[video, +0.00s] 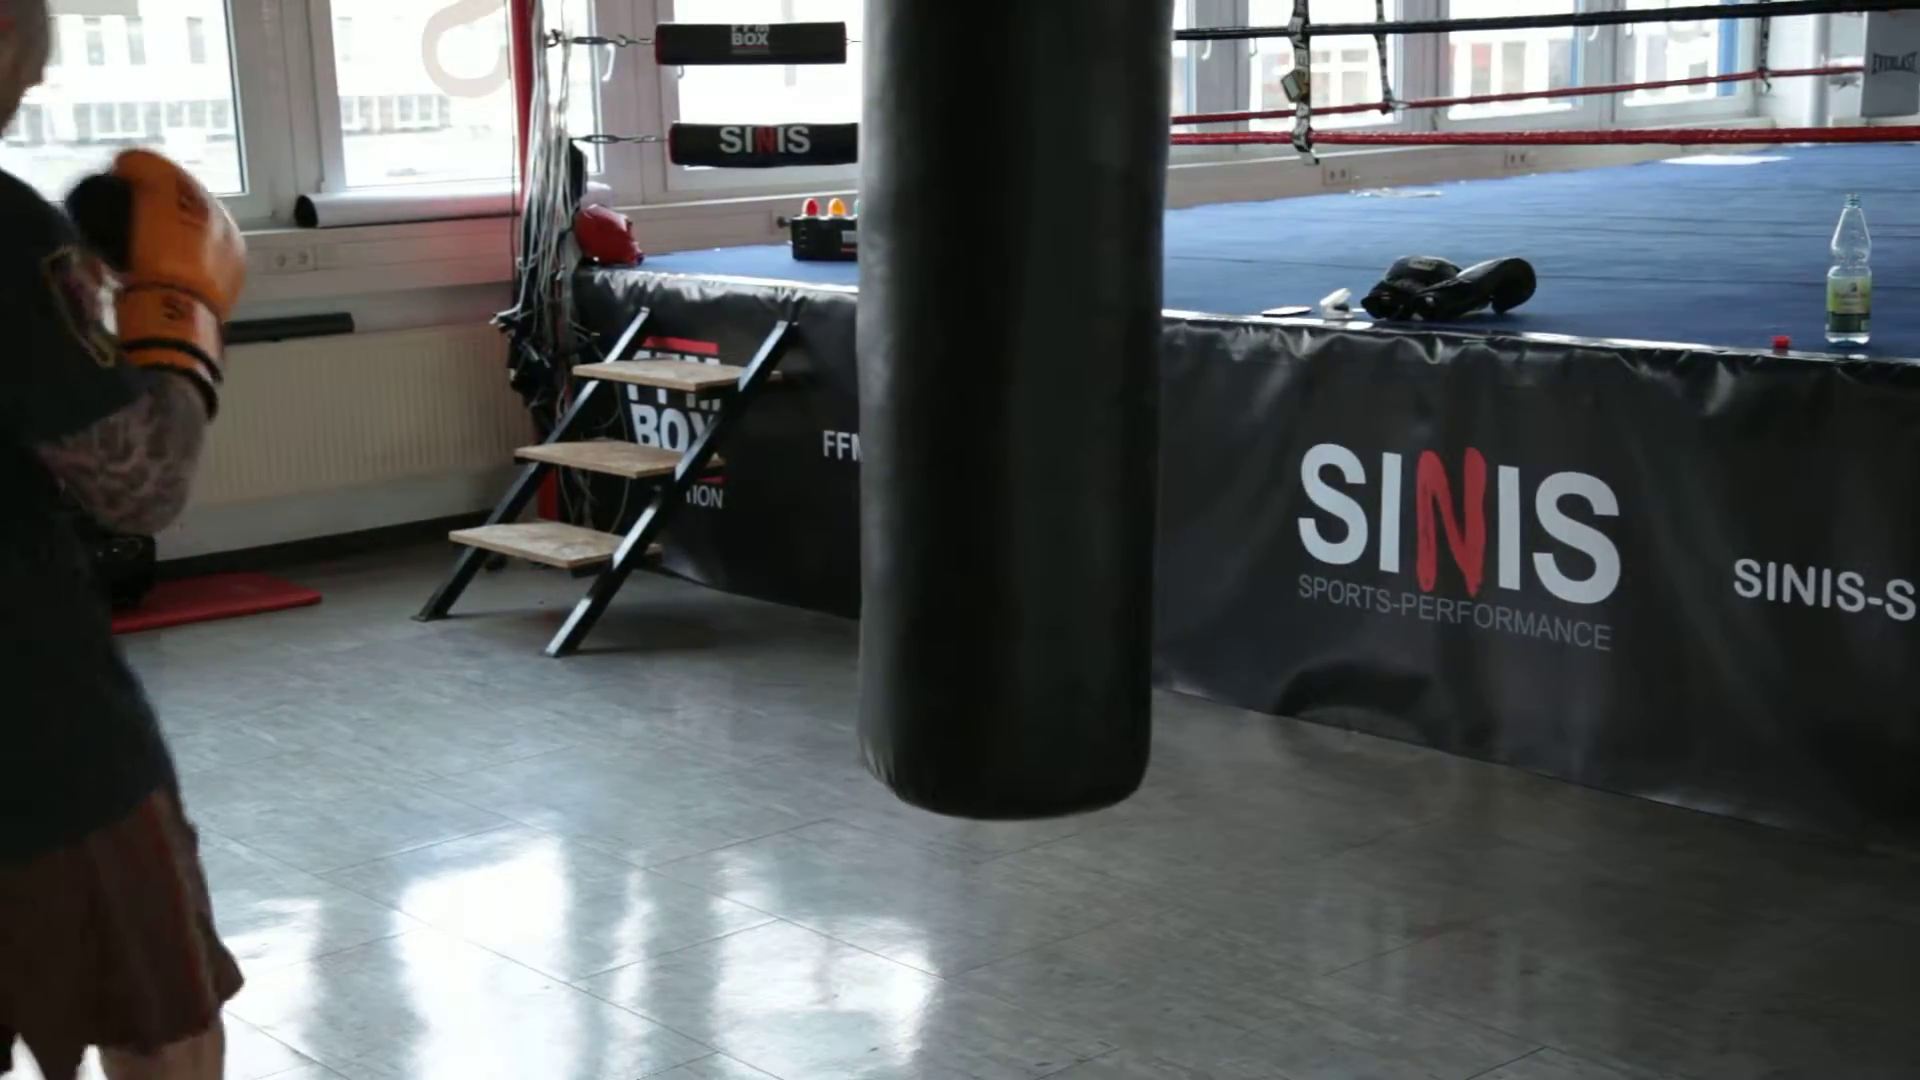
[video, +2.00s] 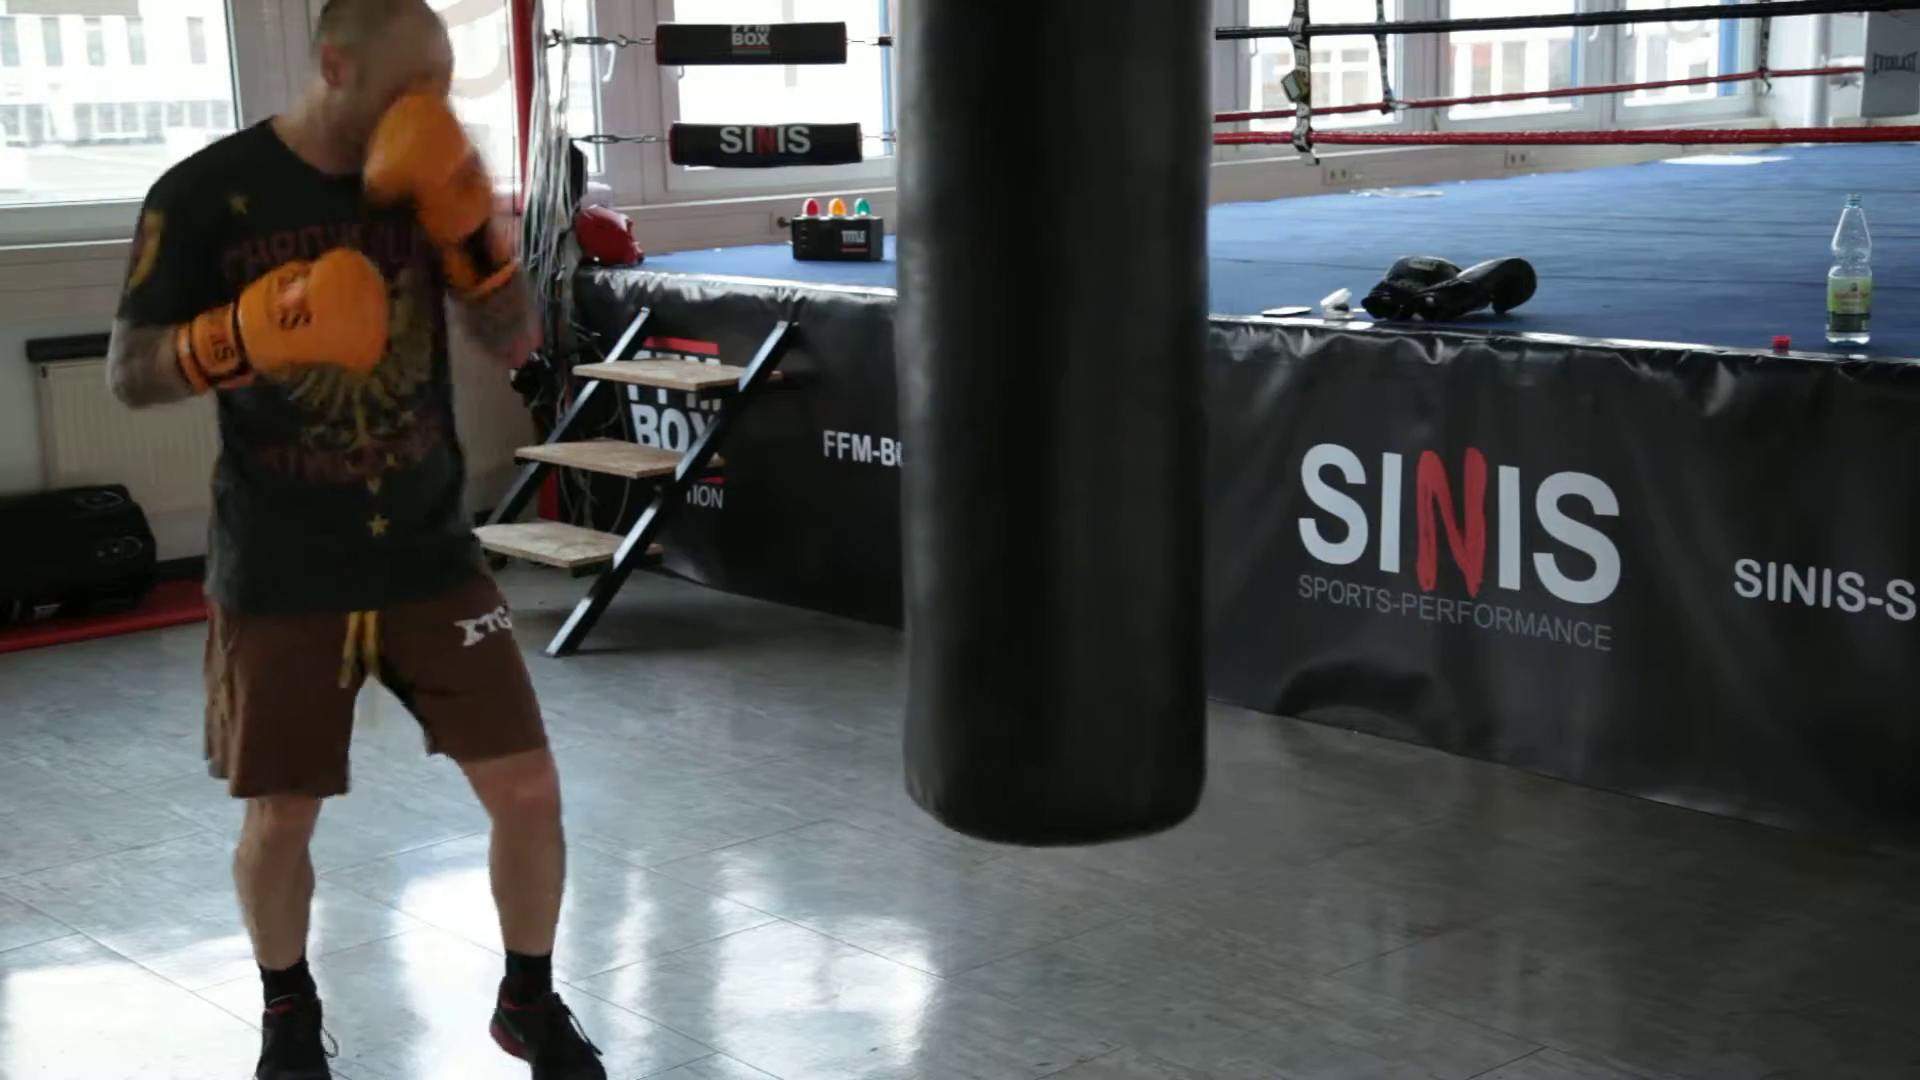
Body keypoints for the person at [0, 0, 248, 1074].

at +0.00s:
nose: (40, 59)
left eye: (38, 38)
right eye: (34, 34)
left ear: (12, 40)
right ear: (4, 29)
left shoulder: (16, 222)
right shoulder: (7, 226)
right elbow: (134, 485)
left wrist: (74, 333)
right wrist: (177, 303)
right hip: (45, 711)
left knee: (58, 1034)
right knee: (167, 1040)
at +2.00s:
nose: (420, 114)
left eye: (433, 95)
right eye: (406, 94)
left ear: (440, 83)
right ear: (334, 66)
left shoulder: (429, 179)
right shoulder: (202, 194)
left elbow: (515, 339)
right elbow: (134, 375)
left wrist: (474, 226)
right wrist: (243, 332)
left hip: (428, 546)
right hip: (280, 563)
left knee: (529, 792)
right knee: (281, 812)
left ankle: (529, 999)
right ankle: (288, 1015)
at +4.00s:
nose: (502, 124)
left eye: (520, 101)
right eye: (482, 98)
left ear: (536, 86)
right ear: (411, 71)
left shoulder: (524, 202)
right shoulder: (296, 197)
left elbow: (575, 388)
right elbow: (277, 383)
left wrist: (619, 291)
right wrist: (390, 271)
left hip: (498, 562)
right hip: (345, 573)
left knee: (604, 822)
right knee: (267, 866)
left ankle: (638, 1060)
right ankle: (171, 1057)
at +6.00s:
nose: (858, 203)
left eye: (871, 178)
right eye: (845, 171)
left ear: (772, 133)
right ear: (762, 129)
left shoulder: (750, 241)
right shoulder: (636, 220)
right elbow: (773, 362)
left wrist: (869, 329)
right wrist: (930, 314)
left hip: (722, 629)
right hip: (588, 649)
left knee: (855, 897)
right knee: (479, 987)